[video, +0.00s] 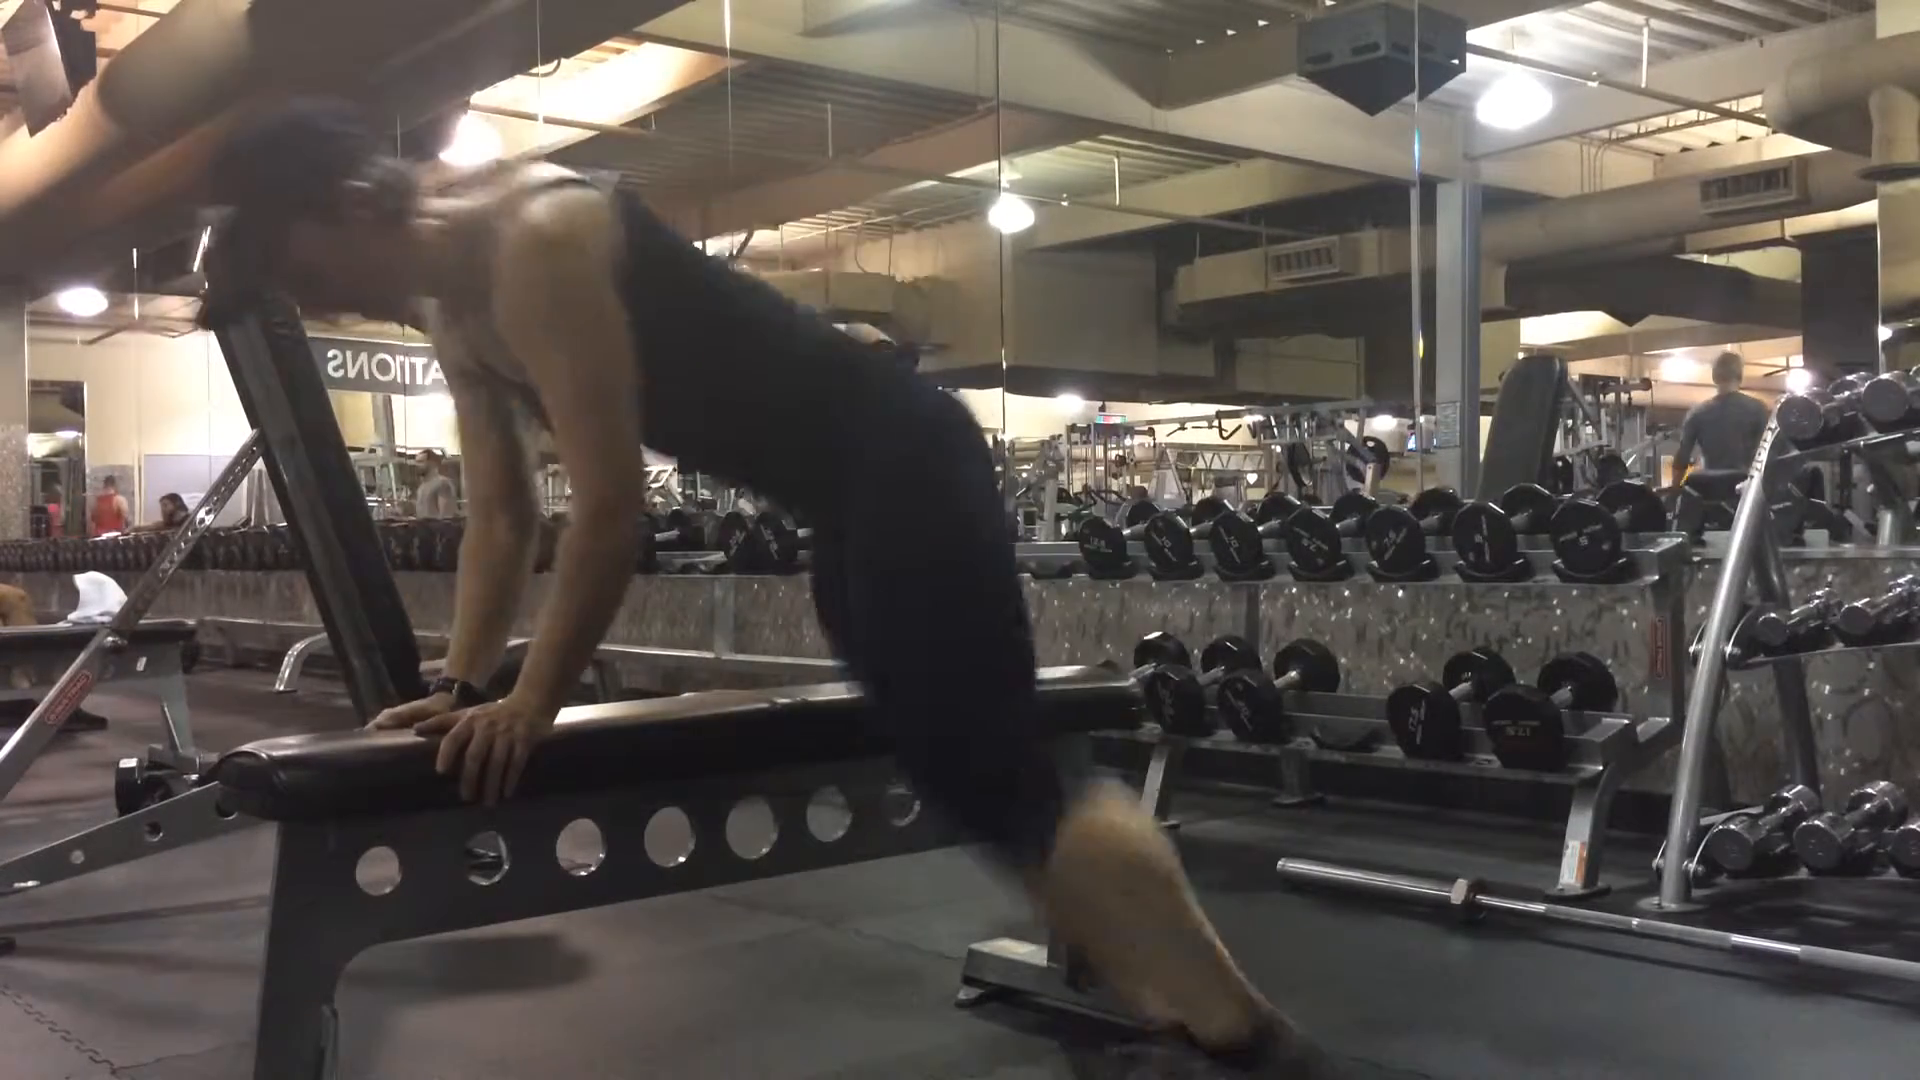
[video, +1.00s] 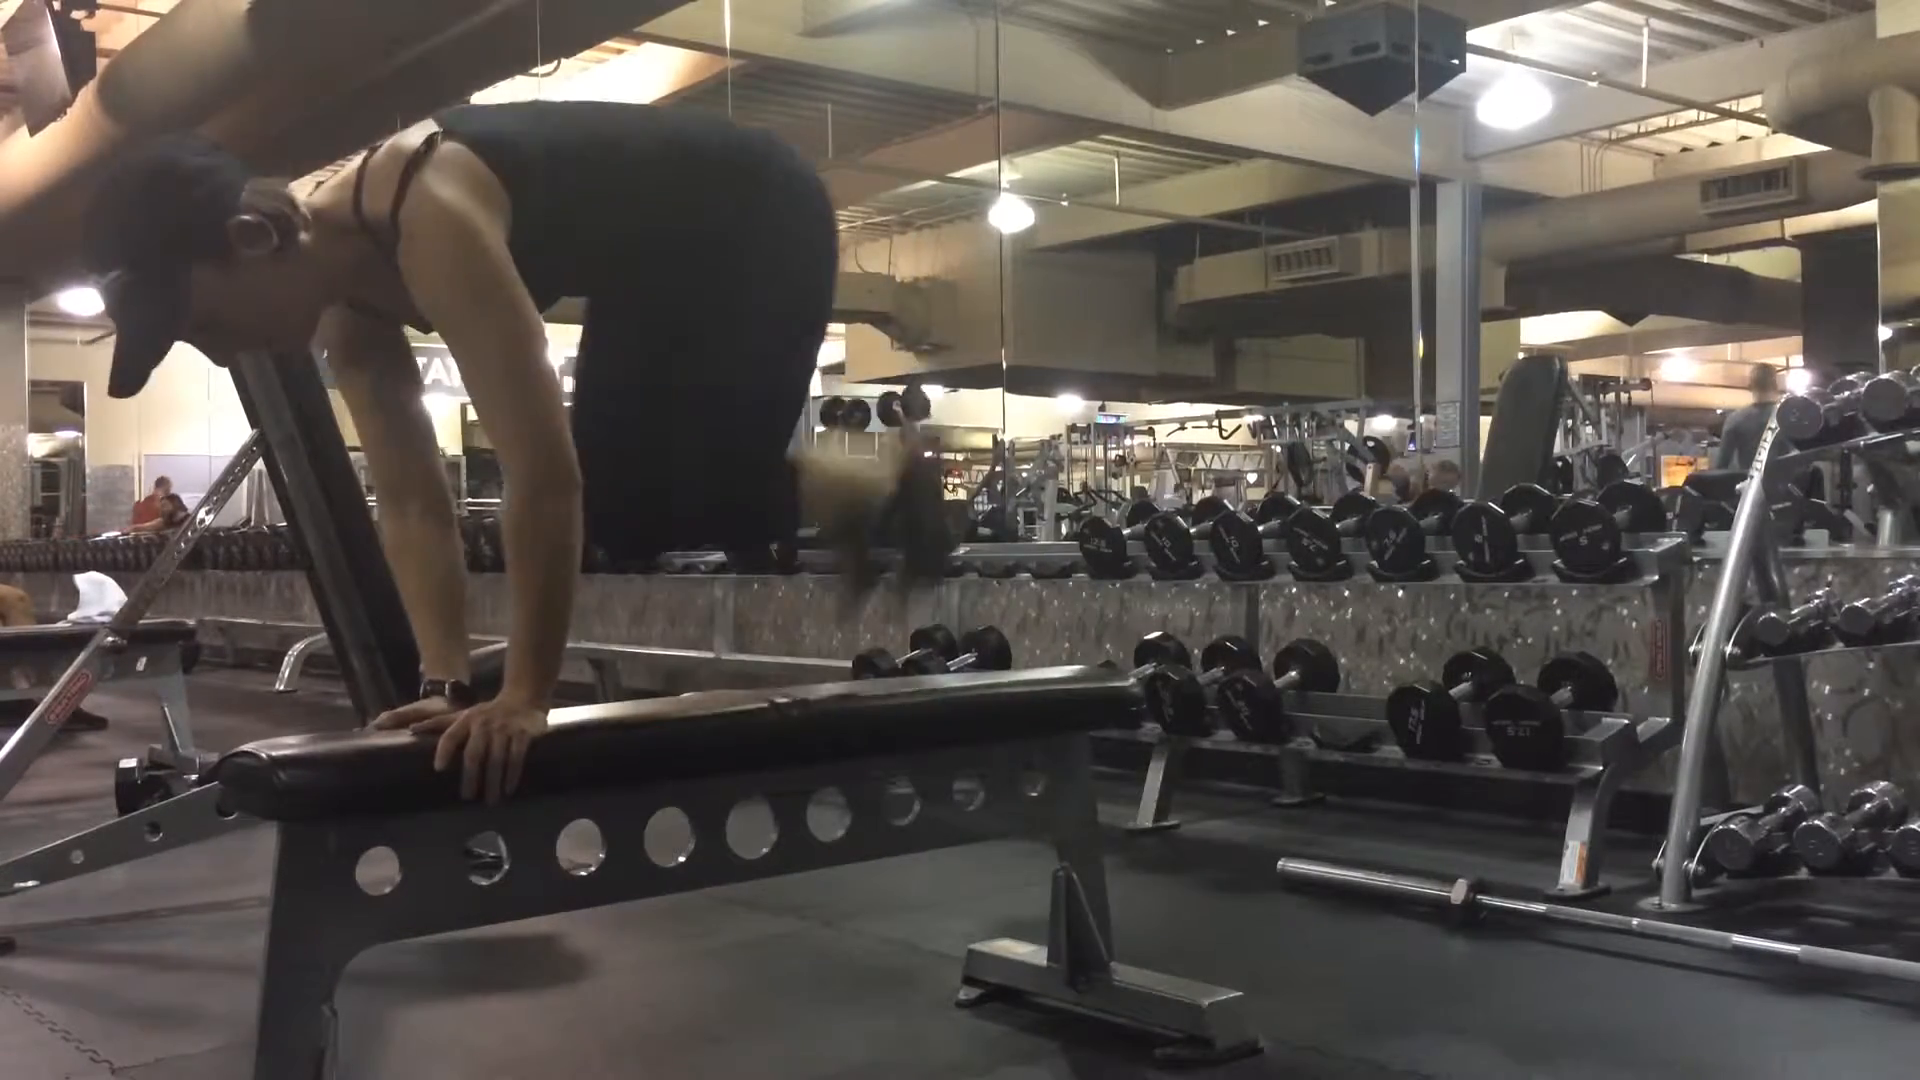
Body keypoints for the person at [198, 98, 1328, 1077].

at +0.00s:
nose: (333, 313)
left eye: (316, 284)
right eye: (310, 298)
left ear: (353, 216)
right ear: (347, 226)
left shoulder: (540, 245)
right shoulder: (457, 295)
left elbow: (610, 511)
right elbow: (496, 504)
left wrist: (529, 705)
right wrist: (457, 681)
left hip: (898, 451)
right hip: (849, 483)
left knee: (1003, 781)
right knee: (977, 773)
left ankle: (1234, 1024)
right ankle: (1162, 997)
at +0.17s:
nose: (247, 329)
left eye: (227, 302)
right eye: (222, 318)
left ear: (268, 219)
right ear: (268, 222)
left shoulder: (455, 208)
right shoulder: (372, 284)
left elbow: (528, 461)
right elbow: (433, 482)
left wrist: (525, 689)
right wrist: (446, 675)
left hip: (814, 199)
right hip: (756, 242)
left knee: (819, 524)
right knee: (800, 528)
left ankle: (1089, 602)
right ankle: (1077, 591)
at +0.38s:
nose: (248, 338)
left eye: (235, 308)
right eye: (226, 325)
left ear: (286, 229)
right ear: (286, 237)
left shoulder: (464, 215)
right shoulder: (373, 306)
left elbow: (542, 475)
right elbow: (425, 495)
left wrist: (527, 697)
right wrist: (449, 682)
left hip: (781, 230)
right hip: (685, 262)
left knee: (650, 504)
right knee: (596, 498)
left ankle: (844, 472)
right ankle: (826, 473)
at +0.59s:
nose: (252, 327)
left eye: (243, 293)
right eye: (230, 312)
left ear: (301, 220)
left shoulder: (499, 246)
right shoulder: (348, 333)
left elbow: (615, 490)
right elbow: (414, 500)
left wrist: (535, 693)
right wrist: (445, 683)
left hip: (703, 433)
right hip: (583, 450)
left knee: (632, 686)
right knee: (561, 691)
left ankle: (687, 900)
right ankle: (624, 900)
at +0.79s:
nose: (228, 337)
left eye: (217, 308)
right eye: (206, 326)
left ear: (274, 227)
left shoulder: (456, 241)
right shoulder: (317, 329)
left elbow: (589, 482)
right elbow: (400, 506)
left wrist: (531, 692)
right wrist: (442, 681)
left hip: (708, 390)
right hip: (604, 417)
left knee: (673, 655)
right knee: (610, 655)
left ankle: (695, 851)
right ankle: (613, 861)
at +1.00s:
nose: (229, 361)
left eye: (211, 333)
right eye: (203, 347)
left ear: (255, 242)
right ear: (250, 248)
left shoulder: (435, 220)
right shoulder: (340, 295)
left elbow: (544, 472)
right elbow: (405, 492)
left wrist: (524, 696)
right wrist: (445, 680)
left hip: (758, 217)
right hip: (654, 256)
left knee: (709, 494)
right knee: (614, 516)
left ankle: (891, 483)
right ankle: (847, 491)